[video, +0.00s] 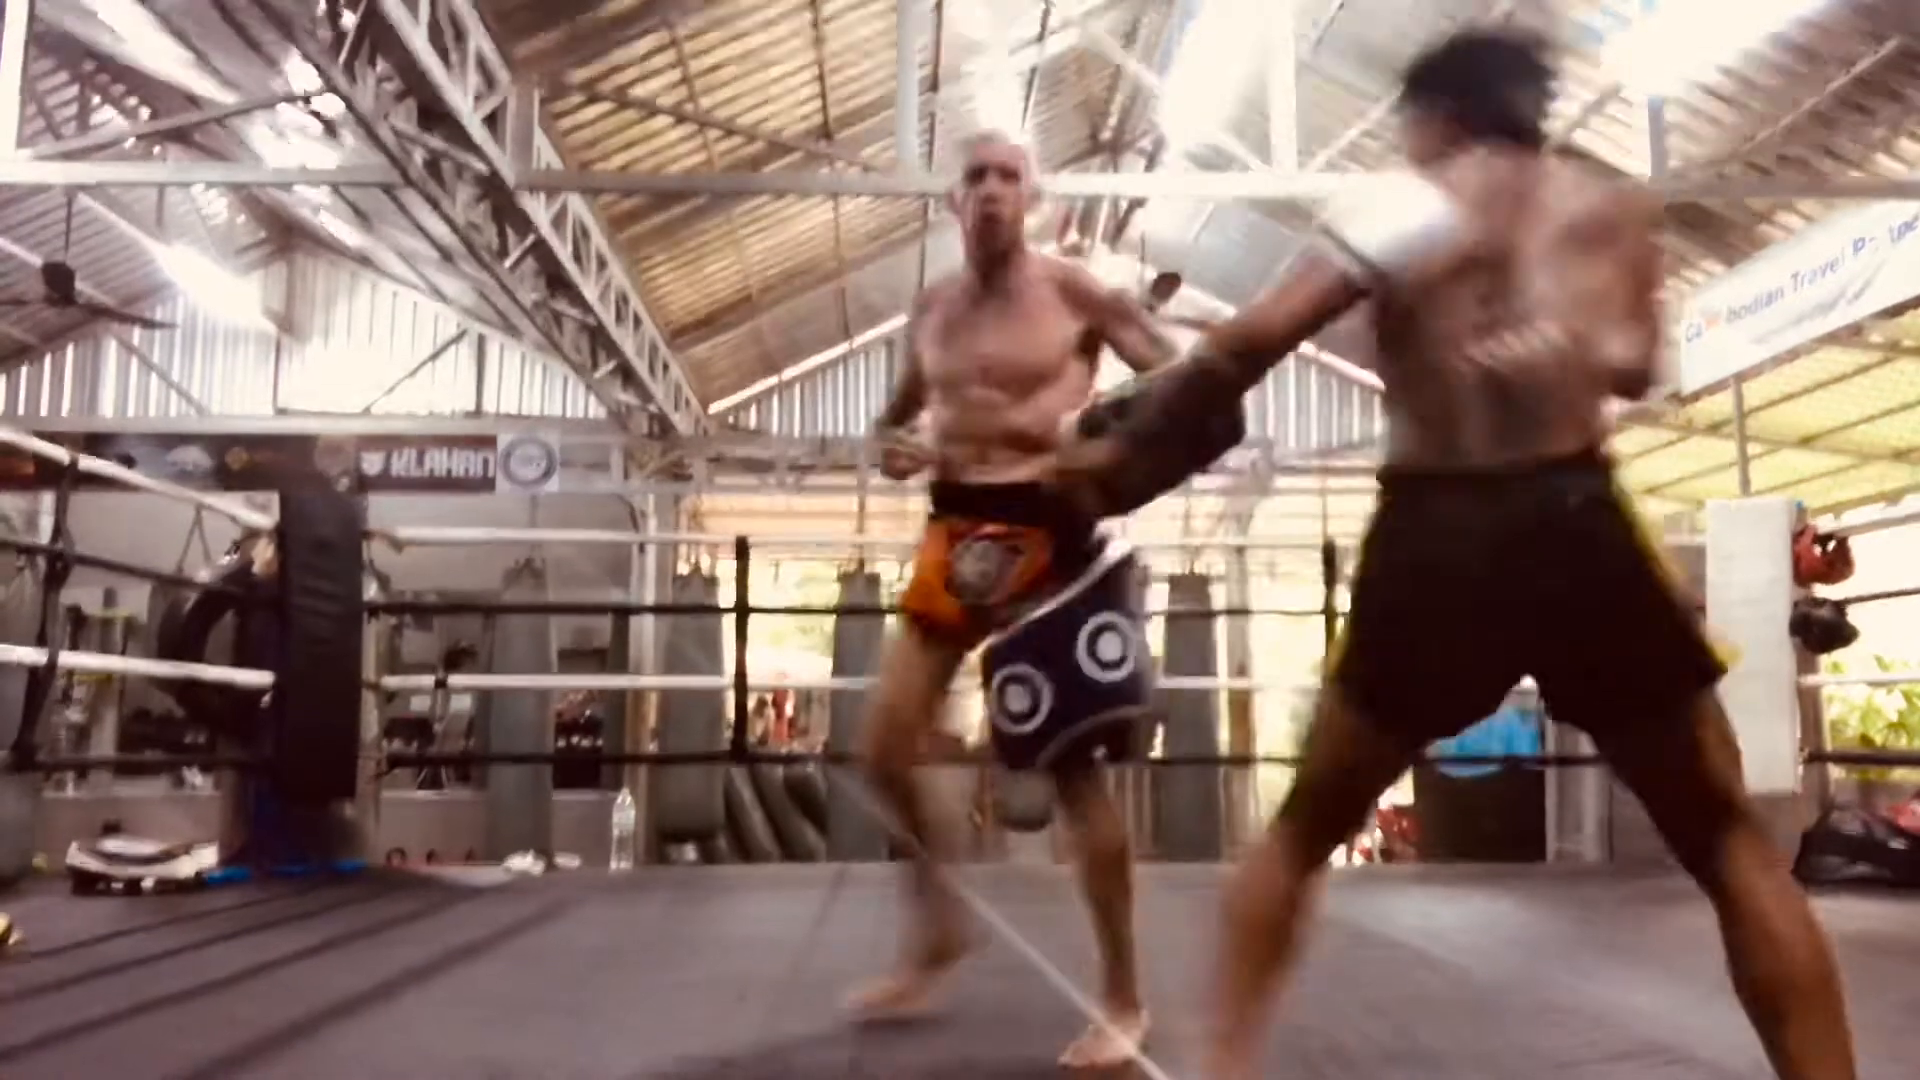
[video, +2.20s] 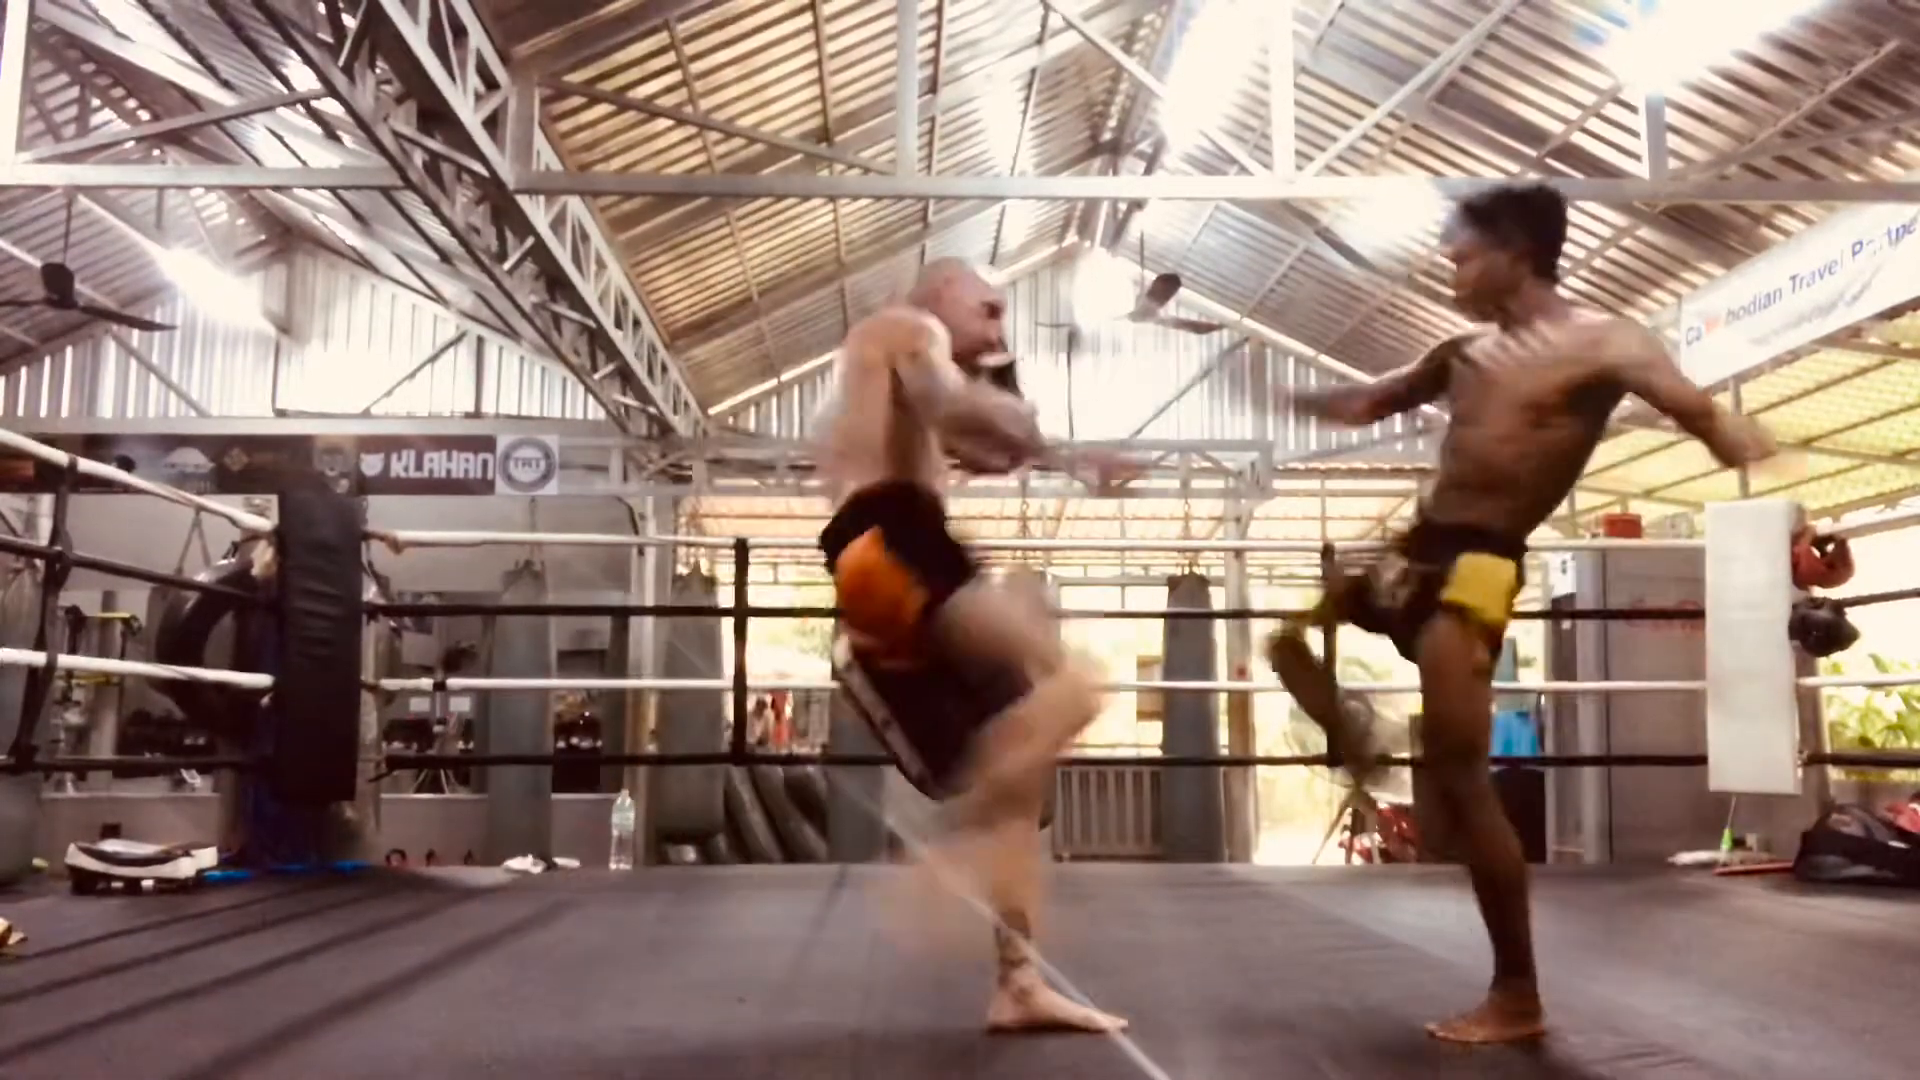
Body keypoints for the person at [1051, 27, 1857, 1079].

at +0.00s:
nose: (1416, 160)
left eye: (1421, 138)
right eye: (1416, 140)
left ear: (1450, 126)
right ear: (1528, 121)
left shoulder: (1402, 215)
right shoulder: (1619, 207)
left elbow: (1254, 337)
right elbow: (1639, 366)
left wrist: (1132, 432)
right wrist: (1558, 350)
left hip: (1431, 548)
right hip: (1583, 544)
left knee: (1304, 830)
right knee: (1730, 840)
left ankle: (1225, 1062)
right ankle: (1826, 1069)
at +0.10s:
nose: (1444, 114)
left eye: (1450, 95)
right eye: (1444, 97)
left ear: (1483, 79)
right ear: (1563, 77)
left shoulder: (1461, 163)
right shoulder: (1669, 176)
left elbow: (1338, 278)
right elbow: (1678, 366)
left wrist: (1236, 411)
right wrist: (1570, 305)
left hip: (1475, 488)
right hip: (1622, 485)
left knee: (1385, 780)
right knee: (1733, 810)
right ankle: (1832, 1067)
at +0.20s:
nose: (1471, 125)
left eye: (1473, 109)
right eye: (1468, 112)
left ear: (1513, 85)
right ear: (1582, 85)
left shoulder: (1488, 155)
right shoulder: (1689, 179)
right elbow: (1663, 311)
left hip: (1527, 483)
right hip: (1667, 477)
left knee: (1426, 763)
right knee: (1762, 822)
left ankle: (1541, 1049)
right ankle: (1845, 1069)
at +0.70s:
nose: (1458, 217)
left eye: (1466, 194)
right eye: (1457, 197)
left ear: (1513, 191)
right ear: (1550, 198)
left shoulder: (1559, 246)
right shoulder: (1624, 282)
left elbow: (1491, 324)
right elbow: (1575, 444)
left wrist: (1388, 304)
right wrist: (1452, 403)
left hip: (1631, 525)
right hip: (1708, 526)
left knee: (1587, 791)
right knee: (1718, 778)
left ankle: (1627, 1062)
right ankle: (1777, 998)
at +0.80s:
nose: (1481, 264)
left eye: (1491, 243)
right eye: (1481, 245)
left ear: (1545, 238)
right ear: (1554, 244)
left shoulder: (1607, 299)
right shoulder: (1589, 332)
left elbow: (1568, 393)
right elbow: (1554, 474)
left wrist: (1451, 344)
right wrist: (1450, 411)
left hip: (1655, 559)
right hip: (1702, 561)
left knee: (1578, 791)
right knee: (1700, 799)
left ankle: (1623, 1053)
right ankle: (1777, 1002)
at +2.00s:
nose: (1427, 294)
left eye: (1437, 277)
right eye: (1426, 280)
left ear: (1487, 277)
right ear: (1479, 282)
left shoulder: (1541, 346)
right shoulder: (1489, 368)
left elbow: (1543, 477)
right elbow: (1389, 432)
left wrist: (1481, 414)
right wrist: (1404, 336)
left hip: (1586, 581)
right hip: (1572, 579)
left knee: (1468, 754)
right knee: (1670, 795)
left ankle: (1507, 987)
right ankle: (1785, 987)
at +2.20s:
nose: (1450, 267)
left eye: (1465, 253)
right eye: (1452, 253)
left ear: (1519, 257)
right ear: (1501, 260)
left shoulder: (1600, 343)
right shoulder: (1466, 347)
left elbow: (1701, 414)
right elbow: (1377, 399)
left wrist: (1737, 443)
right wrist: (1303, 403)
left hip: (1475, 570)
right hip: (1410, 558)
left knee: (1462, 793)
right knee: (1287, 641)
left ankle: (1515, 1000)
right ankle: (1359, 748)